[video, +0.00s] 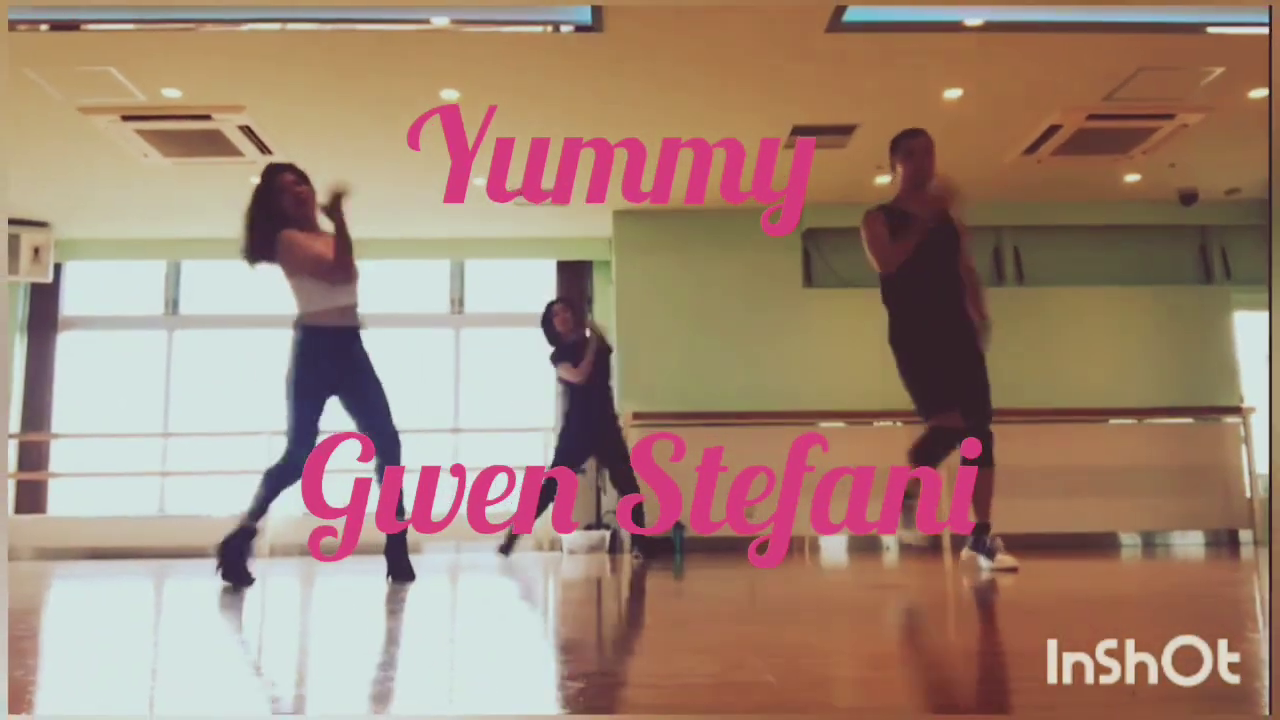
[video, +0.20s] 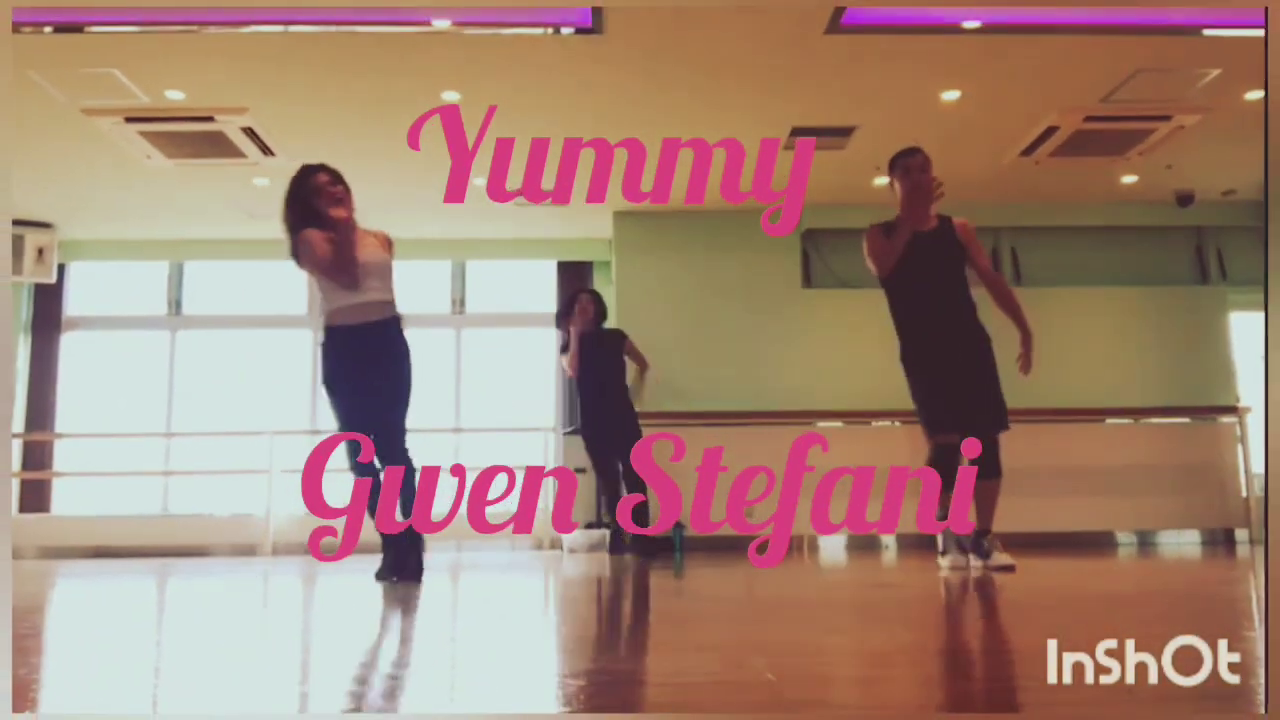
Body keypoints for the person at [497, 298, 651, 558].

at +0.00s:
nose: (564, 316)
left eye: (566, 310)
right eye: (557, 315)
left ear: (575, 314)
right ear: (551, 325)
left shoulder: (596, 344)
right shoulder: (559, 356)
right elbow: (579, 376)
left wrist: (595, 330)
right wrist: (594, 343)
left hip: (606, 425)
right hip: (578, 427)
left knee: (627, 483)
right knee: (552, 484)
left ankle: (639, 542)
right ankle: (514, 533)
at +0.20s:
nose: (584, 308)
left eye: (589, 304)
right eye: (579, 304)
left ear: (598, 309)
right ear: (572, 310)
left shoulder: (615, 337)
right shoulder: (570, 344)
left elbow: (642, 364)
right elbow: (572, 370)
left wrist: (635, 393)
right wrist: (575, 333)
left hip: (622, 414)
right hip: (594, 418)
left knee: (635, 474)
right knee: (609, 478)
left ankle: (641, 532)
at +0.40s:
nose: (598, 313)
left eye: (604, 310)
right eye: (594, 309)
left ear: (612, 316)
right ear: (587, 314)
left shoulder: (622, 347)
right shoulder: (576, 351)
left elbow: (645, 370)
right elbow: (566, 384)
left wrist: (665, 371)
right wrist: (562, 380)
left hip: (624, 421)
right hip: (594, 424)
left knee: (637, 477)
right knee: (597, 480)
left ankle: (642, 534)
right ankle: (600, 531)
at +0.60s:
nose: (595, 313)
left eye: (602, 310)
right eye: (593, 308)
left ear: (611, 318)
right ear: (586, 313)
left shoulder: (615, 347)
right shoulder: (572, 347)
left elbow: (613, 379)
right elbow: (562, 386)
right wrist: (550, 421)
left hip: (600, 425)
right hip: (570, 423)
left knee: (623, 481)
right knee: (547, 479)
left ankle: (639, 537)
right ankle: (521, 537)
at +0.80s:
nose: (589, 334)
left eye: (596, 332)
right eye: (587, 329)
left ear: (603, 340)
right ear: (579, 334)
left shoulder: (609, 373)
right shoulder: (563, 370)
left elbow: (613, 415)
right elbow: (545, 408)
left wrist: (588, 434)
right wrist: (531, 443)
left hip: (589, 444)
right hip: (558, 443)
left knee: (616, 496)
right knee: (530, 492)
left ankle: (631, 546)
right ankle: (514, 549)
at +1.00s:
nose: (592, 324)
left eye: (599, 323)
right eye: (589, 319)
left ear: (605, 331)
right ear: (581, 322)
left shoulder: (606, 363)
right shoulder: (560, 356)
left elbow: (616, 404)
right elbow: (548, 396)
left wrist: (593, 415)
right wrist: (542, 430)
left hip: (601, 436)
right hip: (568, 437)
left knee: (623, 485)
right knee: (543, 491)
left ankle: (632, 545)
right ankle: (515, 549)